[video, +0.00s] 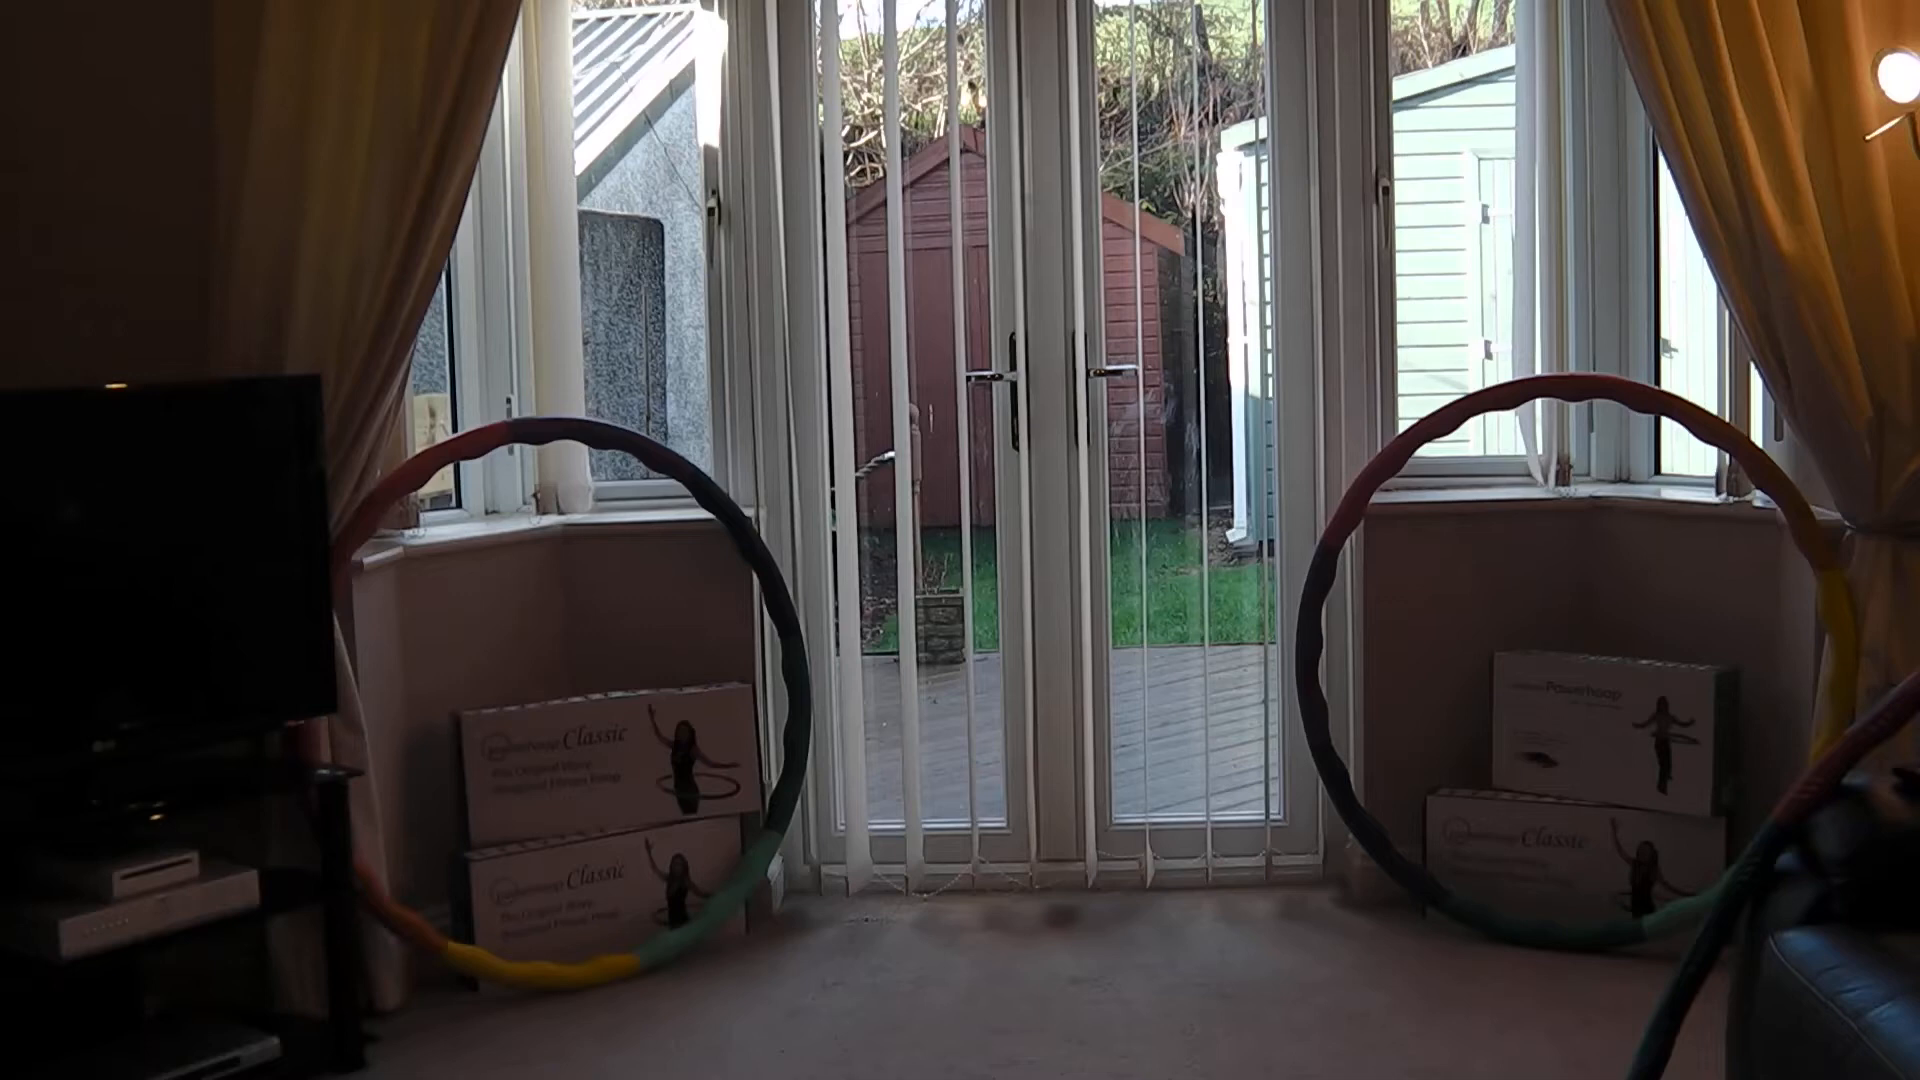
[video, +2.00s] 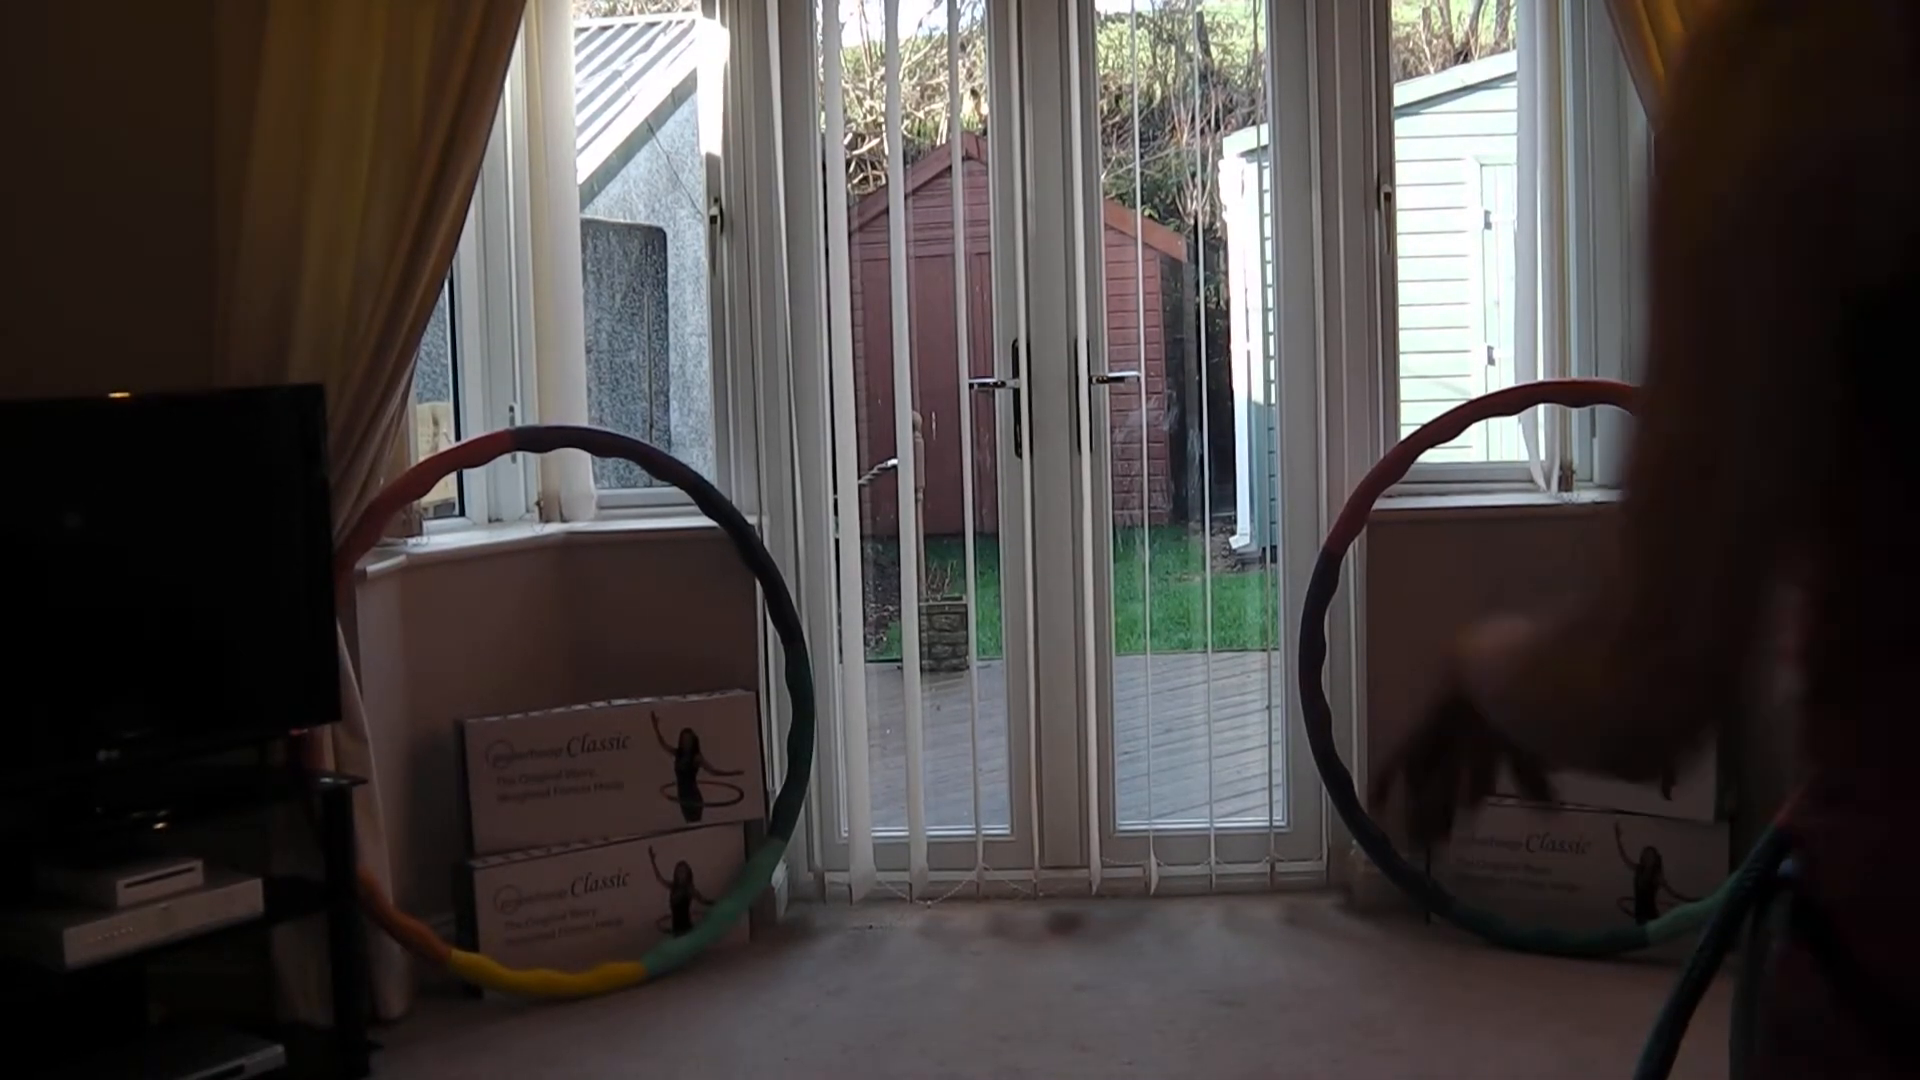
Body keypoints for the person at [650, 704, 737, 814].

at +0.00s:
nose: (681, 734)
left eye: (685, 732)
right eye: (680, 731)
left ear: (690, 734)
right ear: (676, 733)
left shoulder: (692, 749)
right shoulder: (675, 747)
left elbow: (710, 764)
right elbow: (659, 736)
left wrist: (729, 766)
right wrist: (652, 718)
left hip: (690, 787)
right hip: (678, 787)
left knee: (692, 821)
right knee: (688, 820)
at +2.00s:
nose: (684, 741)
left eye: (688, 738)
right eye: (683, 738)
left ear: (693, 741)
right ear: (680, 740)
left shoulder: (696, 757)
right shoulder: (678, 754)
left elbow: (713, 772)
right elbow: (662, 744)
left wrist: (733, 773)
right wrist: (655, 725)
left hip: (693, 794)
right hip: (682, 794)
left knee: (696, 826)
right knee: (690, 826)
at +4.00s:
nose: (685, 741)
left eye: (688, 739)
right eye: (683, 739)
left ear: (693, 741)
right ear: (680, 741)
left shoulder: (696, 757)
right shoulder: (678, 754)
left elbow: (713, 772)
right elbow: (662, 744)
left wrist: (732, 773)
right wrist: (655, 725)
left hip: (693, 794)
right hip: (682, 795)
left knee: (696, 828)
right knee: (691, 828)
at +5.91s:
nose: (686, 742)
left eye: (689, 739)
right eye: (684, 739)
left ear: (694, 741)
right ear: (680, 741)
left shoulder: (696, 757)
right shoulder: (678, 755)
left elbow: (712, 771)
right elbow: (663, 745)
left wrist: (733, 774)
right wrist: (655, 726)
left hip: (693, 794)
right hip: (682, 795)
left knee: (696, 828)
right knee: (691, 828)